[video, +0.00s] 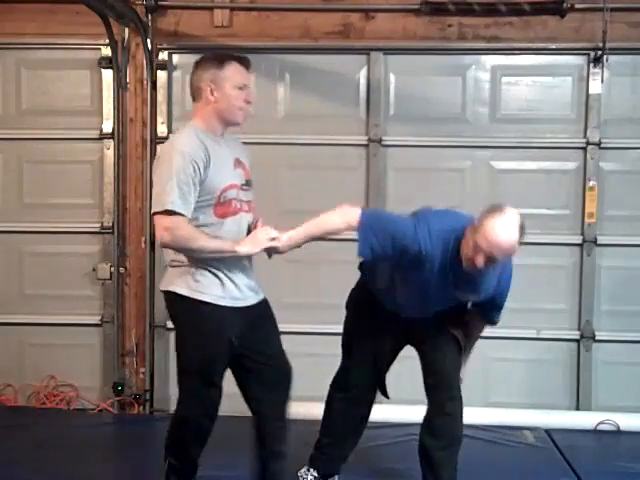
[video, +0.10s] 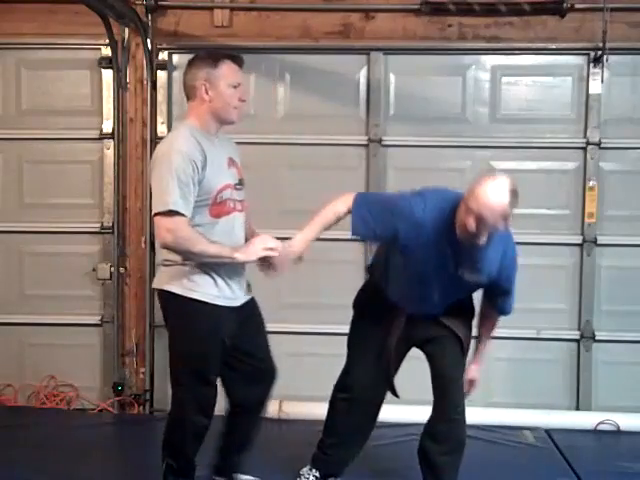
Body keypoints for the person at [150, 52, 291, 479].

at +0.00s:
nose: (250, 99)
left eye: (250, 90)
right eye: (241, 89)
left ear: (218, 93)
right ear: (209, 91)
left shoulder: (232, 144)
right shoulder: (184, 146)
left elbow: (236, 215)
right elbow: (167, 230)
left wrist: (263, 234)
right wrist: (238, 246)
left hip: (242, 291)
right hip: (199, 293)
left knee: (273, 382)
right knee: (199, 404)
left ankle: (274, 474)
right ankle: (178, 474)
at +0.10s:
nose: (243, 97)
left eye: (243, 88)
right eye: (234, 87)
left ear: (212, 91)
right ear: (204, 90)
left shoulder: (224, 144)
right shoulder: (178, 147)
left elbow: (228, 216)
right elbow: (169, 232)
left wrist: (256, 246)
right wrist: (236, 254)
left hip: (231, 288)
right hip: (191, 290)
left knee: (256, 376)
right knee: (195, 398)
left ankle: (228, 469)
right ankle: (177, 473)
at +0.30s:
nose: (234, 96)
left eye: (233, 87)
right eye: (226, 87)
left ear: (203, 91)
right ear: (197, 90)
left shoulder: (210, 143)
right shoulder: (172, 148)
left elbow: (213, 220)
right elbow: (167, 231)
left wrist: (246, 255)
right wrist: (235, 261)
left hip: (210, 282)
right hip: (180, 284)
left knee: (215, 372)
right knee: (195, 378)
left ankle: (165, 461)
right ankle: (179, 469)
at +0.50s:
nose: (227, 104)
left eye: (226, 95)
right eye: (221, 95)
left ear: (193, 98)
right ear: (193, 96)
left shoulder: (192, 147)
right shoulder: (173, 147)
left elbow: (200, 216)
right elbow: (167, 228)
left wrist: (242, 217)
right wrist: (220, 278)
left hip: (183, 281)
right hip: (172, 282)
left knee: (171, 375)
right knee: (193, 380)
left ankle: (141, 463)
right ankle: (181, 472)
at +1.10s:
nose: (199, 102)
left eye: (198, 94)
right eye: (192, 94)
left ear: (171, 98)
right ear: (166, 97)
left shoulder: (176, 151)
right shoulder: (139, 146)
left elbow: (188, 223)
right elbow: (139, 224)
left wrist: (216, 268)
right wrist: (173, 283)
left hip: (167, 283)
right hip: (140, 281)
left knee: (160, 375)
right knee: (141, 377)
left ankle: (143, 459)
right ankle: (125, 467)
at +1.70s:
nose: (169, 101)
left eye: (167, 94)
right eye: (161, 94)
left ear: (139, 100)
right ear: (133, 100)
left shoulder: (152, 151)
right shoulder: (119, 147)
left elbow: (173, 213)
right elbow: (123, 222)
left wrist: (188, 263)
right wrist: (164, 269)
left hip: (154, 282)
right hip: (134, 281)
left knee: (136, 382)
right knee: (183, 371)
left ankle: (112, 471)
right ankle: (145, 465)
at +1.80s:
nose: (170, 102)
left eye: (167, 95)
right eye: (162, 95)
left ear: (142, 102)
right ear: (134, 102)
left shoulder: (158, 152)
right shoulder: (119, 146)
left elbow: (174, 210)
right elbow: (143, 208)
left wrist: (196, 245)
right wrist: (193, 231)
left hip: (160, 276)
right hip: (137, 276)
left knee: (141, 382)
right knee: (200, 358)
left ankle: (113, 471)